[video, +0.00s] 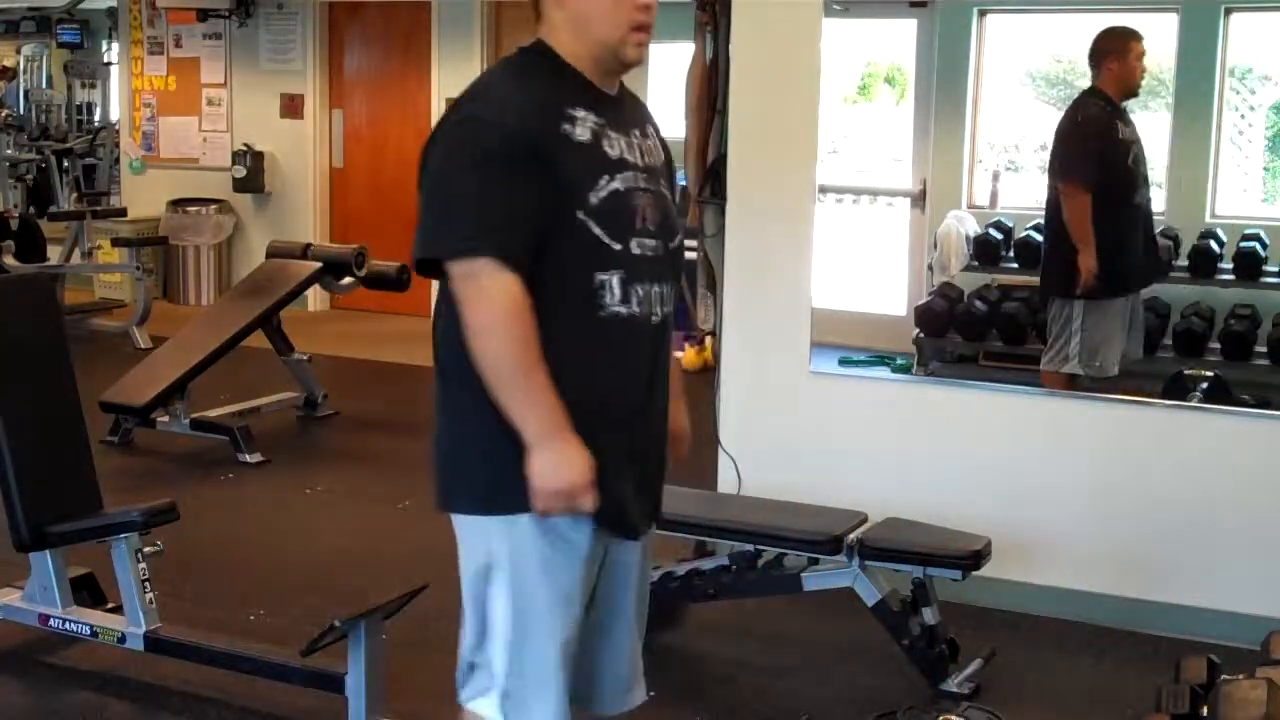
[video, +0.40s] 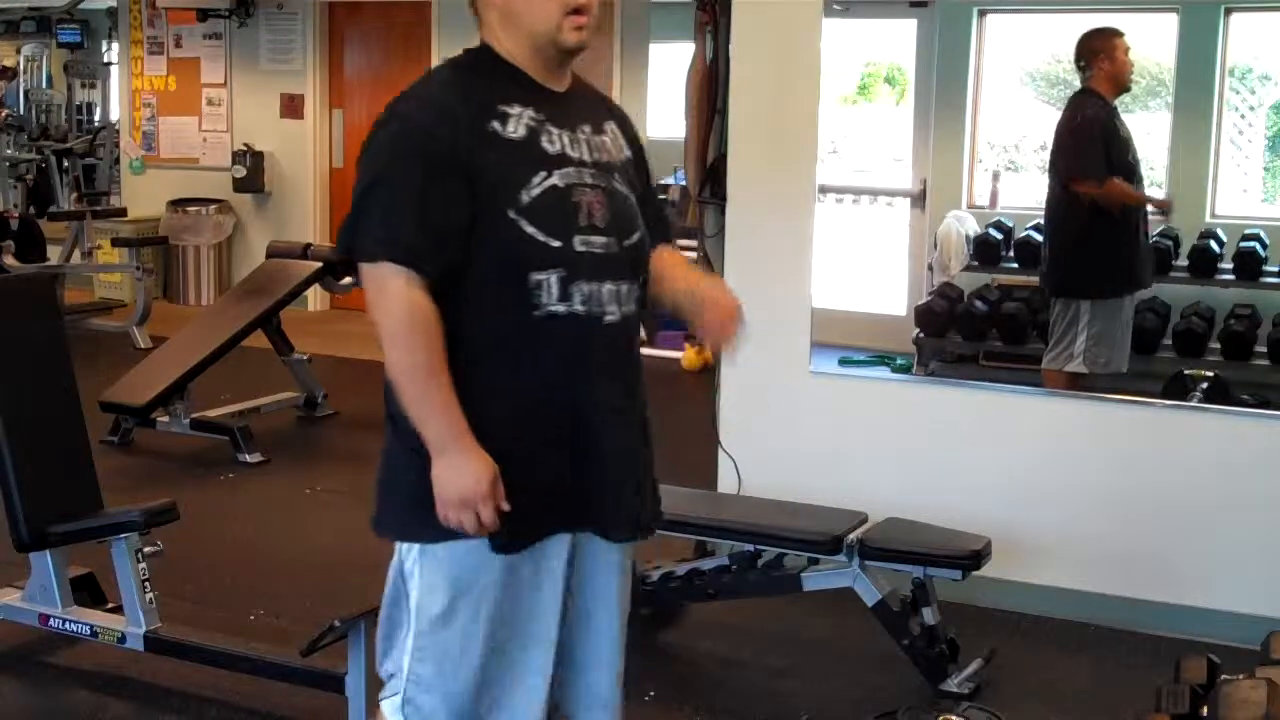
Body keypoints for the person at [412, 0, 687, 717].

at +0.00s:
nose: (649, 8)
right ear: (561, 2)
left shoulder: (636, 122)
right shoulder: (497, 112)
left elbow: (648, 276)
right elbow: (481, 279)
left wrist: (666, 391)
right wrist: (548, 436)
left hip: (618, 454)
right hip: (519, 465)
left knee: (602, 694)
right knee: (517, 700)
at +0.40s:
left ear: (600, 3)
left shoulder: (608, 121)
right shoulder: (430, 116)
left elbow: (643, 248)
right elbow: (390, 280)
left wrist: (692, 289)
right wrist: (450, 447)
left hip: (601, 475)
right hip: (481, 487)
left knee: (583, 701)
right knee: (457, 702)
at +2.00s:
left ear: (647, 1)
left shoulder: (675, 122)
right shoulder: (486, 121)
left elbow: (707, 286)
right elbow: (457, 306)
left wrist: (730, 411)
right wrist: (491, 484)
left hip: (677, 495)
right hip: (545, 511)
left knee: (670, 710)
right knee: (523, 711)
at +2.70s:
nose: (632, 16)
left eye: (637, 2)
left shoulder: (607, 124)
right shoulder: (445, 122)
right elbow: (423, 332)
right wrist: (483, 527)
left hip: (627, 541)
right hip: (504, 571)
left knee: (649, 705)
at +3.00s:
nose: (624, 3)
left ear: (648, 7)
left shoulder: (634, 116)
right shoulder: (465, 129)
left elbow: (655, 311)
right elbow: (442, 328)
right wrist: (471, 520)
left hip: (638, 534)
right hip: (527, 552)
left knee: (604, 707)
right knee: (522, 709)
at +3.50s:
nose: (683, 21)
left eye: (688, 3)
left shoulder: (680, 128)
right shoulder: (498, 130)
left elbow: (704, 302)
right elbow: (466, 324)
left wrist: (741, 419)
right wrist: (504, 504)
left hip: (681, 521)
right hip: (559, 538)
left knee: (674, 712)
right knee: (534, 712)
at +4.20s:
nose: (682, 82)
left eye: (696, 63)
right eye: (672, 56)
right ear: (604, 14)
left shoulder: (640, 147)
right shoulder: (479, 142)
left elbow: (643, 334)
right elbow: (437, 349)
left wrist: (659, 473)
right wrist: (445, 542)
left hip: (626, 555)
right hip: (507, 577)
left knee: (634, 705)